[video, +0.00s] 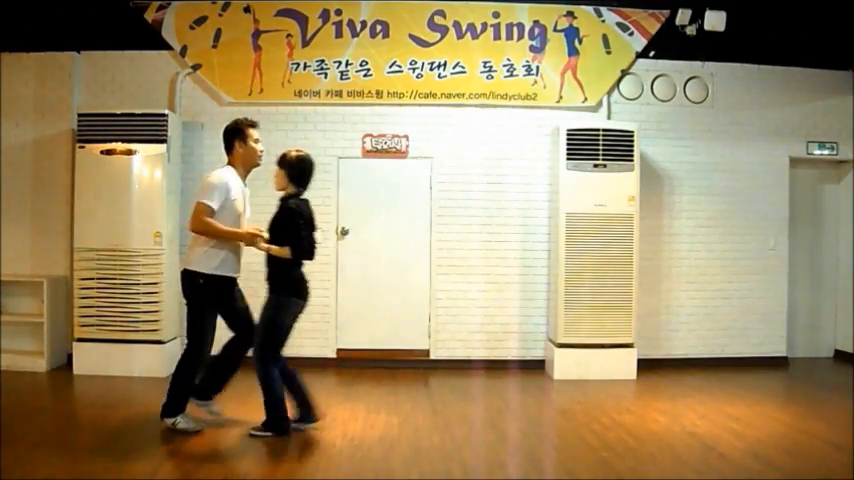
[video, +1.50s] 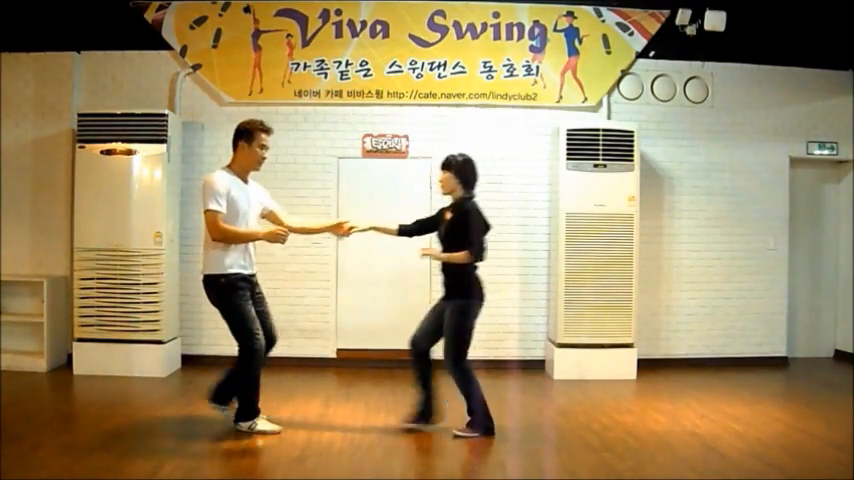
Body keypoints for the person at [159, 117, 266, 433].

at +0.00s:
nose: (261, 148)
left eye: (260, 141)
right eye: (255, 142)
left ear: (241, 148)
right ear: (237, 146)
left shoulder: (239, 185)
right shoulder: (219, 179)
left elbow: (223, 226)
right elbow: (197, 222)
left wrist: (249, 235)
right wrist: (240, 235)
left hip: (222, 277)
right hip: (201, 276)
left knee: (245, 333)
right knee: (198, 346)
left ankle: (202, 396)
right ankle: (172, 412)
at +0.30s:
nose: (262, 146)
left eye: (260, 140)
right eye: (255, 141)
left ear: (245, 149)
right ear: (237, 149)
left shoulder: (253, 188)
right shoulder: (229, 186)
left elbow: (258, 234)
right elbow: (239, 237)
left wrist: (296, 245)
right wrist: (291, 244)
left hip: (245, 281)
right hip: (225, 281)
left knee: (274, 341)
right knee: (210, 350)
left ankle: (276, 408)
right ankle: (175, 410)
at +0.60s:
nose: (269, 139)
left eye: (267, 134)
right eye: (261, 135)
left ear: (260, 142)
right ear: (243, 142)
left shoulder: (272, 181)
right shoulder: (232, 183)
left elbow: (288, 226)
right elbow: (236, 235)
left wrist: (329, 233)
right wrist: (281, 228)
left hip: (276, 271)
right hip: (251, 274)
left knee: (288, 340)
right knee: (273, 341)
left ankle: (279, 412)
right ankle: (242, 409)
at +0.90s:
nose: (280, 146)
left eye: (279, 141)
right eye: (274, 140)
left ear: (265, 145)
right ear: (255, 142)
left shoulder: (277, 185)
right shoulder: (231, 182)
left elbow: (313, 219)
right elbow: (213, 229)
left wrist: (350, 218)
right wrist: (256, 240)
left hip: (278, 276)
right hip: (251, 278)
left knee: (304, 335)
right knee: (273, 343)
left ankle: (302, 411)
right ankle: (249, 416)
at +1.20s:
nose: (282, 164)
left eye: (283, 159)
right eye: (278, 157)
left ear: (267, 159)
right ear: (258, 154)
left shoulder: (274, 198)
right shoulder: (228, 192)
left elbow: (315, 231)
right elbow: (210, 240)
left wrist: (358, 235)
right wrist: (249, 253)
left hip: (274, 284)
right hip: (246, 288)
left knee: (305, 340)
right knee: (281, 349)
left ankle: (303, 413)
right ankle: (247, 417)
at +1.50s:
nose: (266, 154)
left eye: (267, 148)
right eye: (262, 147)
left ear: (251, 149)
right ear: (241, 146)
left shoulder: (253, 189)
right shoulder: (216, 182)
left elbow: (286, 226)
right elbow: (216, 232)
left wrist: (329, 227)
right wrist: (263, 234)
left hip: (246, 276)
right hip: (222, 278)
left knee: (266, 338)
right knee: (253, 342)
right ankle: (247, 416)